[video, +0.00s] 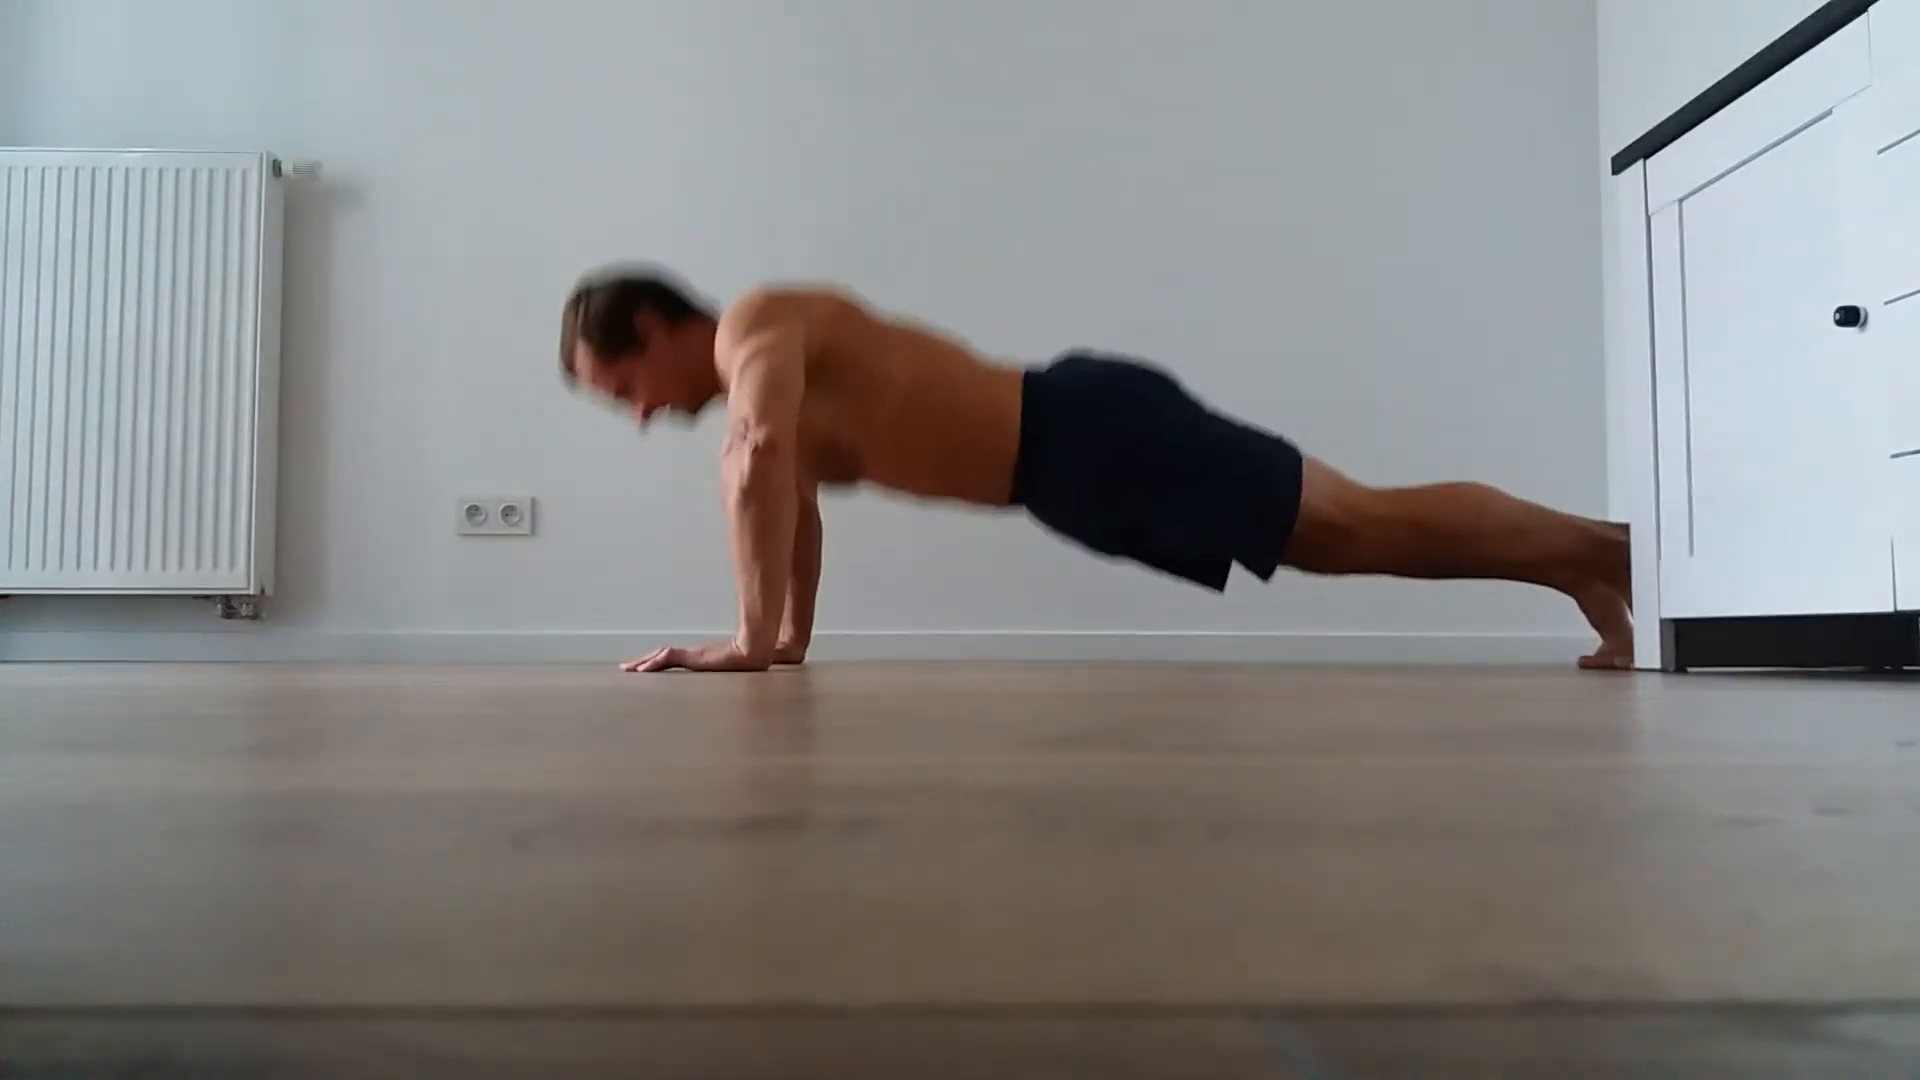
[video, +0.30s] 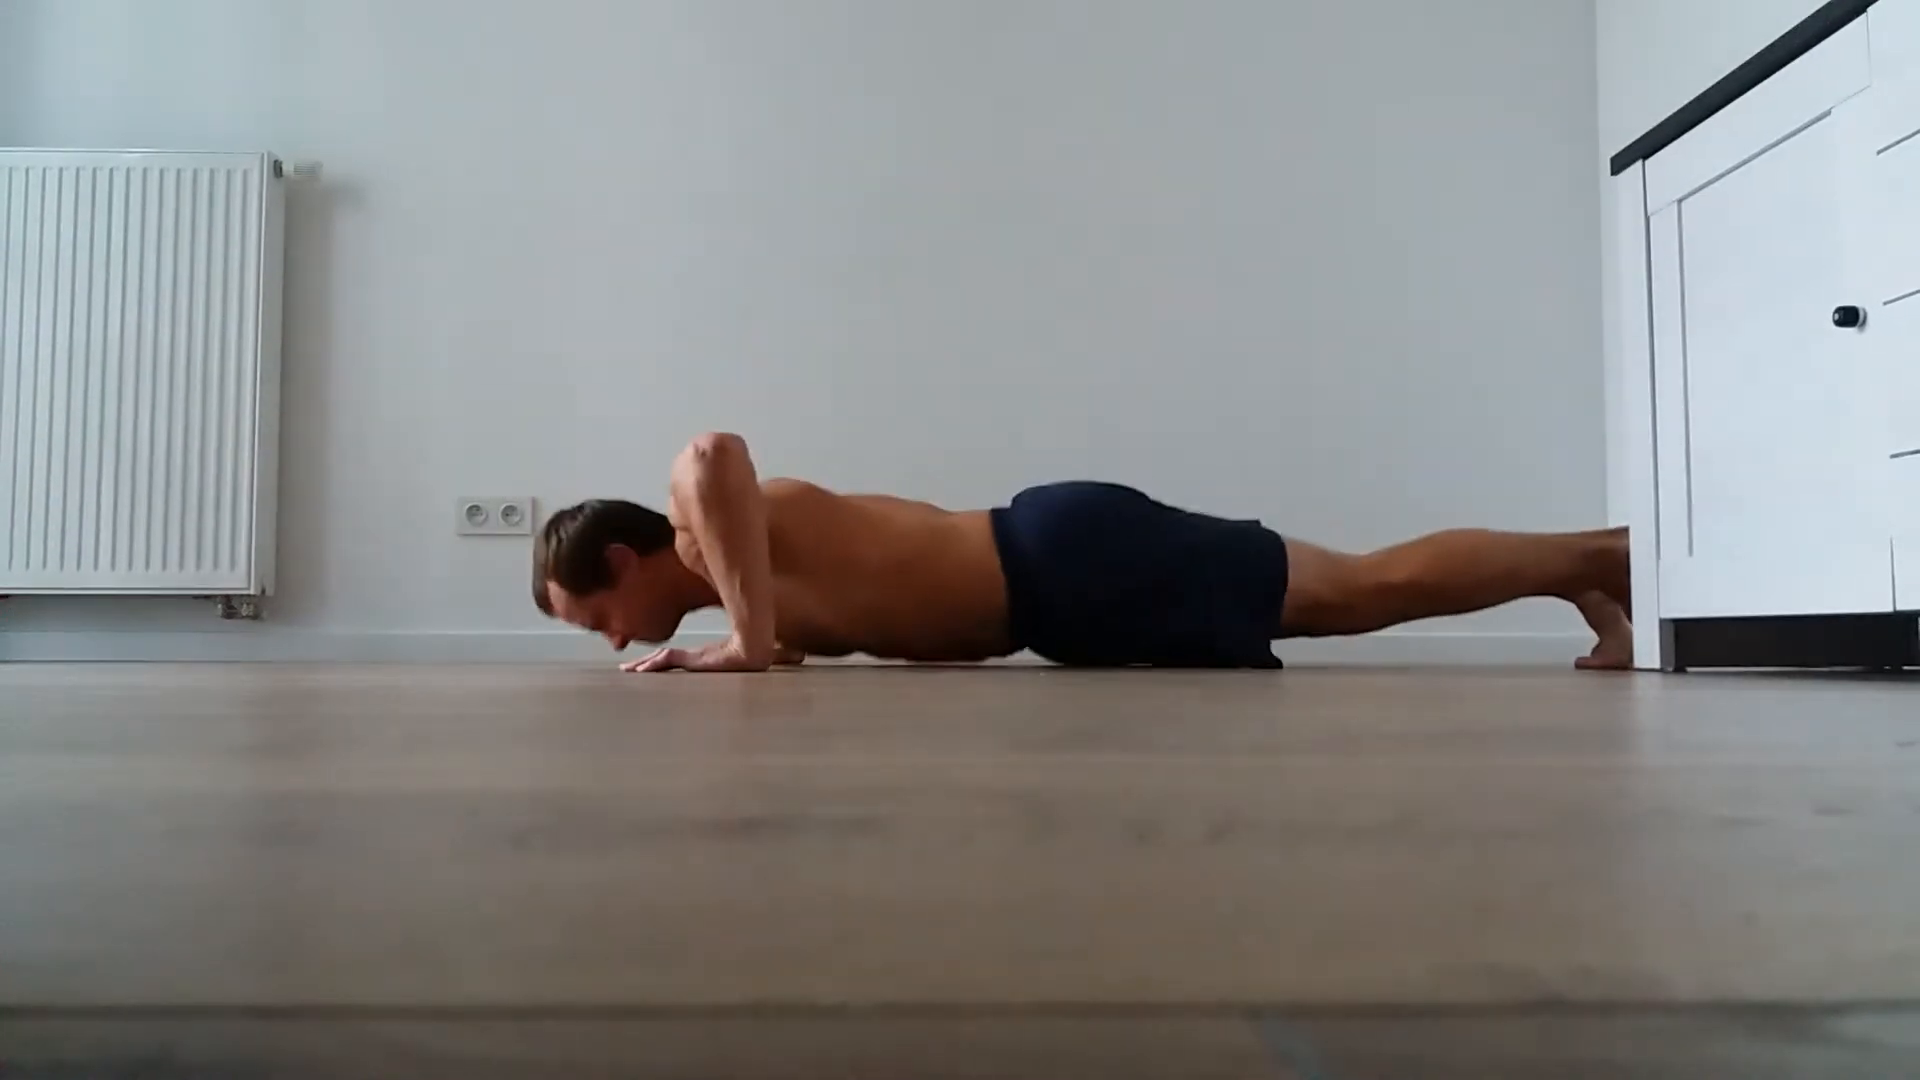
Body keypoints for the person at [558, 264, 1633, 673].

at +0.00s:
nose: (632, 409)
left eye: (619, 389)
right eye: (616, 397)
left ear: (649, 339)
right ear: (657, 337)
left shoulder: (753, 338)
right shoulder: (764, 344)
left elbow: (759, 476)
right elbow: (794, 490)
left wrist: (754, 638)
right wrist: (790, 637)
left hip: (1081, 440)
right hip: (1074, 438)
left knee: (1356, 529)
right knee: (1347, 527)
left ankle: (1595, 555)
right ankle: (1581, 560)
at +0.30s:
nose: (613, 638)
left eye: (601, 620)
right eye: (594, 629)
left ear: (627, 568)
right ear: (636, 564)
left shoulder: (714, 534)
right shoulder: (726, 548)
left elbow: (711, 463)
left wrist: (759, 640)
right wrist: (728, 646)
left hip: (1067, 566)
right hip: (1051, 572)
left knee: (1356, 590)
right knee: (1346, 585)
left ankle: (1596, 562)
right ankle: (1585, 566)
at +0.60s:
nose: (638, 392)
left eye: (623, 371)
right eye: (624, 381)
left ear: (649, 325)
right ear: (655, 333)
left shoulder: (756, 319)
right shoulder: (762, 350)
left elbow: (748, 475)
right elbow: (784, 503)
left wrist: (753, 640)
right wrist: (786, 645)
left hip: (1091, 404)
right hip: (1082, 408)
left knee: (1355, 502)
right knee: (1349, 500)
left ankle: (1601, 552)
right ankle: (1581, 559)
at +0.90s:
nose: (628, 490)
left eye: (612, 470)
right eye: (610, 478)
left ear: (640, 417)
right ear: (650, 412)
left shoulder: (733, 389)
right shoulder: (752, 403)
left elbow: (753, 465)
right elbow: (791, 506)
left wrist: (755, 634)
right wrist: (785, 644)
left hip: (1076, 485)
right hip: (1067, 488)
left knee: (1355, 552)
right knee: (1348, 547)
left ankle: (1592, 560)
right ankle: (1584, 555)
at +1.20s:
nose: (622, 609)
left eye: (608, 590)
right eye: (603, 599)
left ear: (630, 541)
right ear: (632, 546)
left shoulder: (723, 502)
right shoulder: (734, 516)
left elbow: (709, 462)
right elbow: (798, 610)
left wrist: (765, 637)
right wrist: (736, 647)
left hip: (1064, 542)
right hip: (1054, 544)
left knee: (1357, 575)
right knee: (1352, 572)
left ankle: (1593, 559)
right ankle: (1587, 560)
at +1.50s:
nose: (654, 358)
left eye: (640, 335)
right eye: (639, 347)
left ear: (663, 281)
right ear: (666, 296)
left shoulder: (764, 281)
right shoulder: (771, 317)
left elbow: (749, 460)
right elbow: (788, 488)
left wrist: (753, 636)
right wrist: (785, 637)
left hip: (1096, 394)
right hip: (1084, 406)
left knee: (1362, 502)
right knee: (1353, 506)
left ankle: (1602, 553)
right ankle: (1587, 564)